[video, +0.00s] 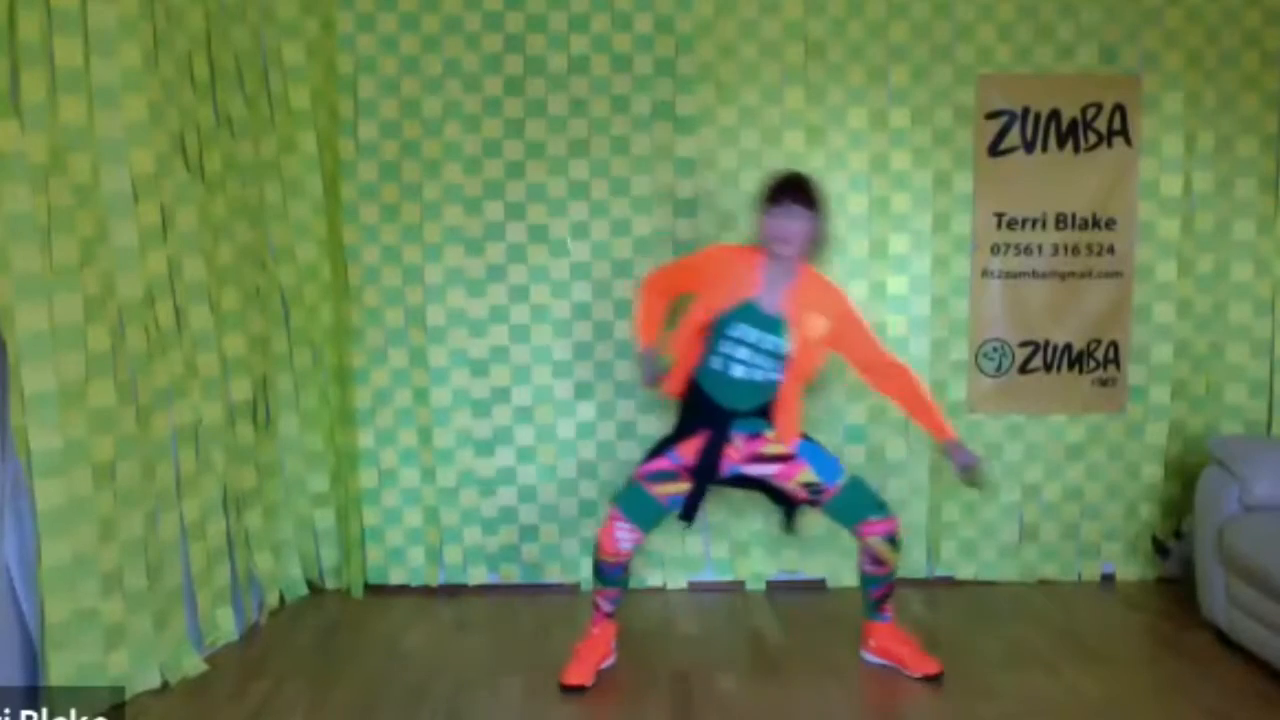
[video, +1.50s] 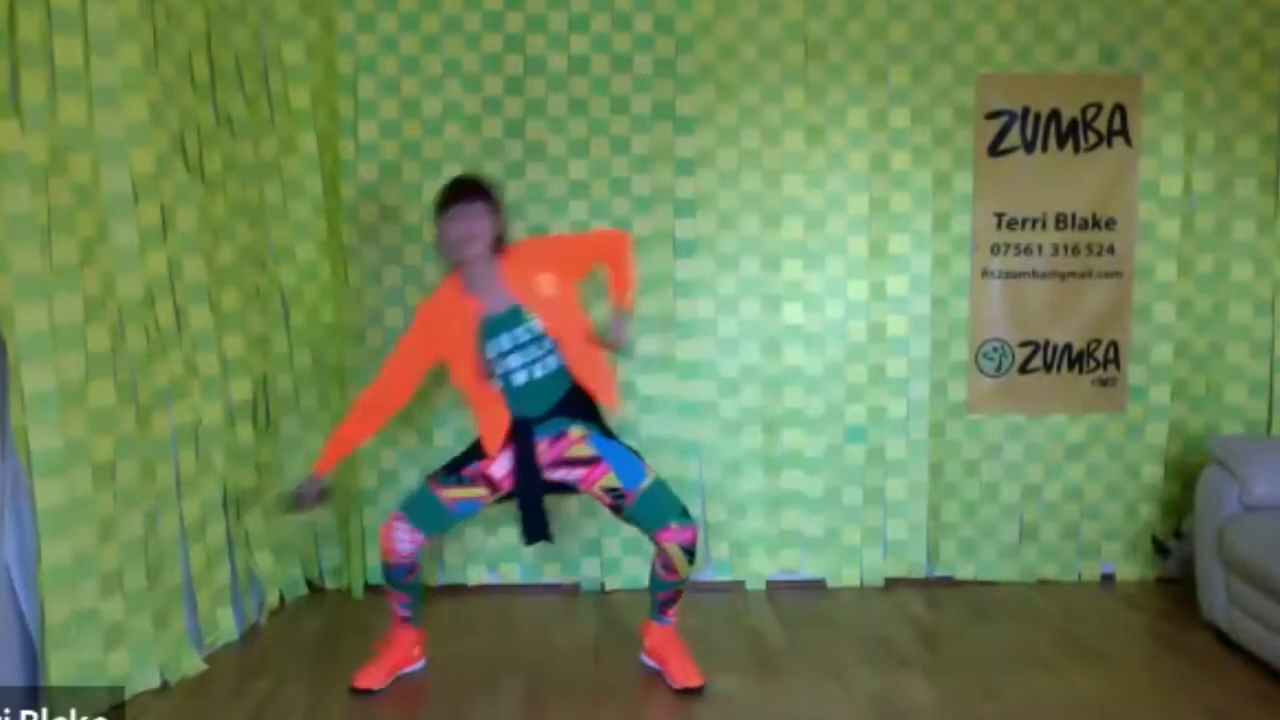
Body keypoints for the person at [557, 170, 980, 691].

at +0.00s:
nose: (786, 228)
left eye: (799, 218)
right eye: (778, 215)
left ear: (816, 230)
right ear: (761, 220)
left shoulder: (824, 303)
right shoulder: (722, 266)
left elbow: (884, 370)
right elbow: (655, 288)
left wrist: (947, 438)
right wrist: (648, 347)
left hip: (774, 445)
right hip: (698, 438)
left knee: (877, 525)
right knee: (617, 535)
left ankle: (881, 631)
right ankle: (600, 634)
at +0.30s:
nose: (832, 235)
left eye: (846, 227)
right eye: (824, 223)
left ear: (861, 242)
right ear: (807, 227)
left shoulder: (865, 311)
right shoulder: (765, 268)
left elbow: (926, 378)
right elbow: (697, 294)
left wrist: (988, 444)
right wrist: (684, 359)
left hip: (796, 440)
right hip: (722, 429)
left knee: (899, 527)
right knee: (634, 518)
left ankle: (883, 632)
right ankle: (592, 622)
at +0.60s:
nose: (672, 171)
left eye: (685, 160)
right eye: (663, 159)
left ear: (705, 165)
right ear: (649, 162)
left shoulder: (732, 221)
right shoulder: (625, 227)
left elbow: (765, 297)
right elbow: (593, 306)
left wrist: (806, 369)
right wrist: (574, 387)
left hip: (718, 375)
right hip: (649, 379)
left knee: (775, 487)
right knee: (612, 496)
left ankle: (834, 620)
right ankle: (588, 629)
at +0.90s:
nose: (624, 136)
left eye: (636, 125)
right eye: (613, 124)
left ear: (654, 134)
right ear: (597, 132)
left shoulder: (679, 195)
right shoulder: (570, 198)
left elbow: (699, 285)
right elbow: (548, 288)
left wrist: (710, 372)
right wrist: (540, 375)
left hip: (676, 362)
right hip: (606, 366)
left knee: (673, 505)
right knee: (601, 505)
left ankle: (667, 630)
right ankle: (586, 629)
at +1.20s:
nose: (602, 156)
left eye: (613, 145)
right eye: (590, 146)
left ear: (631, 156)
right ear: (573, 157)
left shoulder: (654, 226)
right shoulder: (546, 225)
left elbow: (686, 310)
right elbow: (508, 308)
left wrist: (693, 389)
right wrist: (477, 389)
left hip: (626, 390)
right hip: (555, 391)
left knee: (677, 517)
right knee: (495, 502)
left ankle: (659, 634)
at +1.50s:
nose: (464, 229)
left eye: (474, 216)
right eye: (452, 220)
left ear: (496, 224)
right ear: (439, 236)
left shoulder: (540, 260)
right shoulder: (442, 312)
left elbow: (616, 244)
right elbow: (387, 392)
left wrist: (622, 312)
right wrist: (324, 465)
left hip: (577, 439)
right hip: (501, 452)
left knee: (679, 534)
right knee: (401, 535)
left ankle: (661, 635)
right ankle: (405, 643)